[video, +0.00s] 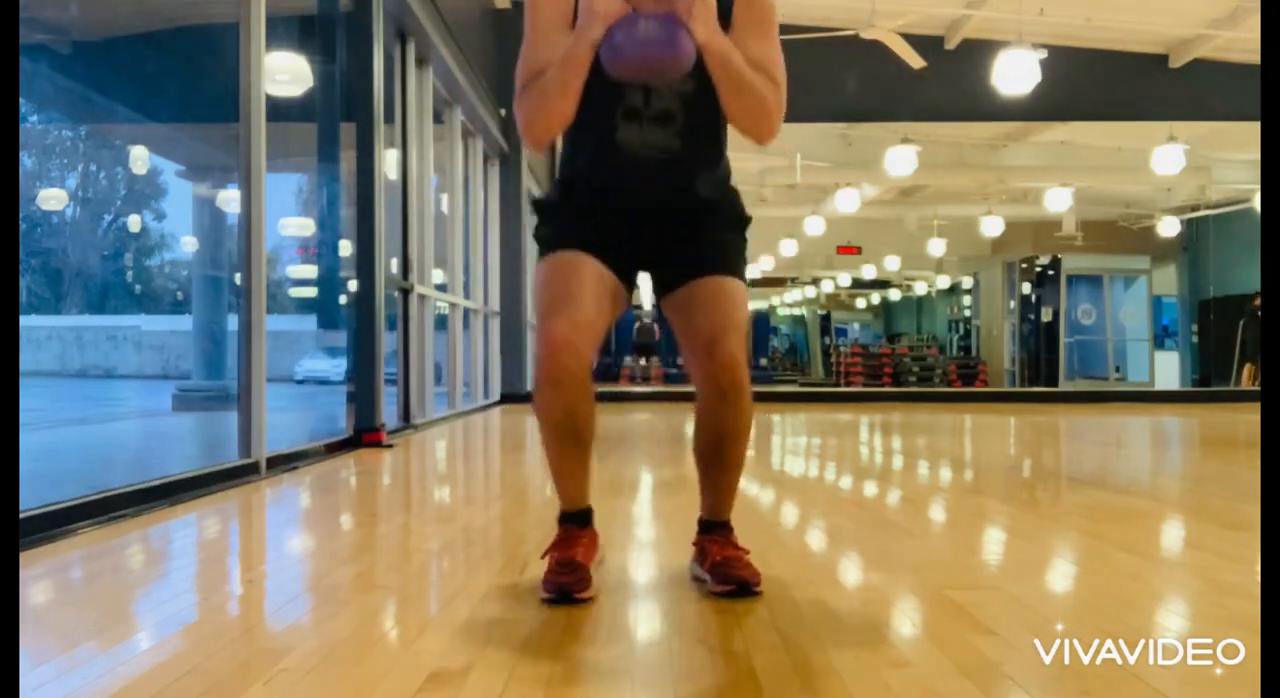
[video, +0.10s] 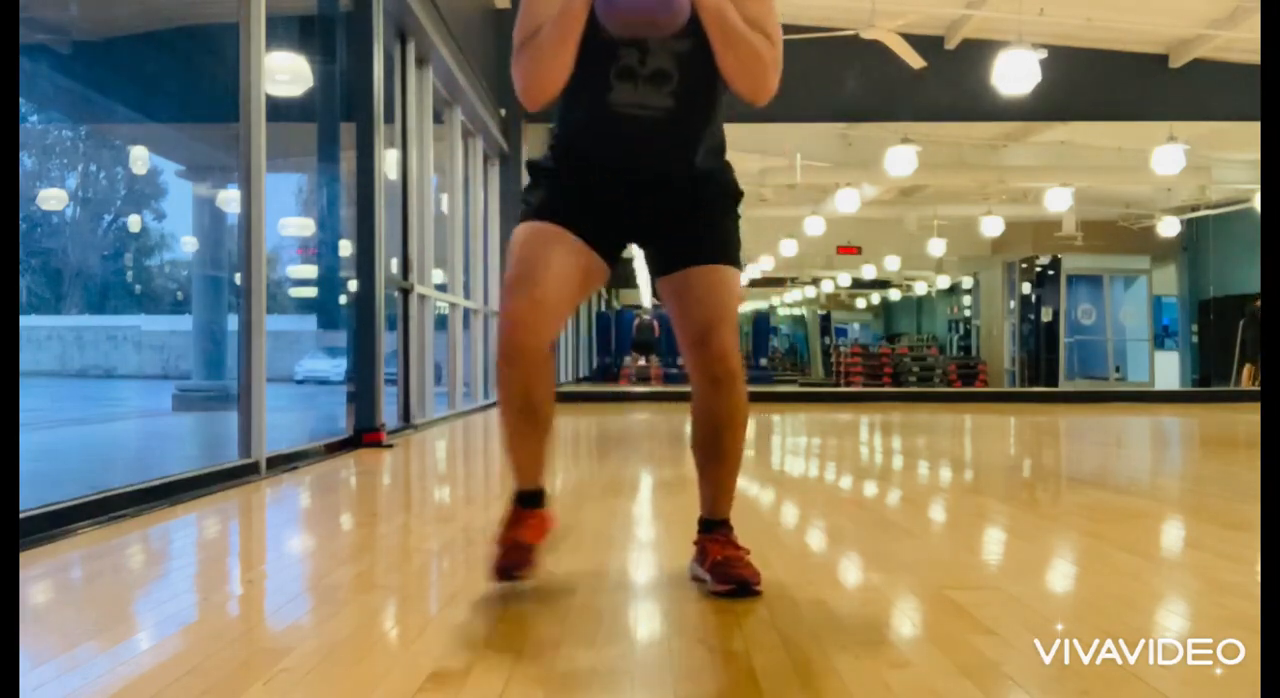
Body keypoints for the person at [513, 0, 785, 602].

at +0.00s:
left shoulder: (741, 5)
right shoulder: (558, 4)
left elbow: (764, 120)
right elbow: (536, 125)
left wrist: (707, 28)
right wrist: (590, 26)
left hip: (696, 208)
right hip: (591, 206)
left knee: (726, 366)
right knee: (559, 350)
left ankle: (716, 535)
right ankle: (574, 530)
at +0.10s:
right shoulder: (557, 0)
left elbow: (760, 84)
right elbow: (533, 89)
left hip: (690, 184)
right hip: (582, 177)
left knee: (718, 355)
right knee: (521, 320)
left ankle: (716, 534)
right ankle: (528, 502)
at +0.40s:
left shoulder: (681, 4)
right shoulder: (490, 2)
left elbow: (699, 82)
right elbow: (466, 79)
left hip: (619, 191)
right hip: (505, 183)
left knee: (672, 360)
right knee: (399, 332)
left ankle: (714, 537)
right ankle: (291, 507)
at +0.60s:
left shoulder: (578, 18)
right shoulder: (394, 5)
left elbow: (603, 148)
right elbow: (357, 128)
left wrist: (548, 49)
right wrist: (430, 43)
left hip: (518, 234)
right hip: (400, 229)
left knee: (603, 373)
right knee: (295, 373)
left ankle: (706, 535)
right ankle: (249, 544)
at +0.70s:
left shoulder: (535, 52)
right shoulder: (350, 29)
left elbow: (558, 187)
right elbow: (307, 164)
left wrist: (508, 101)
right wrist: (380, 82)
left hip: (476, 265)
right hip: (357, 258)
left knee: (580, 390)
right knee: (255, 382)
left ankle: (703, 536)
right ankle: (246, 545)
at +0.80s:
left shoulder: (502, 85)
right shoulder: (314, 68)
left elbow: (526, 223)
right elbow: (272, 203)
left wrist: (467, 134)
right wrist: (342, 124)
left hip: (451, 287)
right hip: (333, 281)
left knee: (561, 403)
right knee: (235, 383)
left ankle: (702, 536)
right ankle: (243, 546)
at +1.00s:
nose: (358, 37)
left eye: (379, 21)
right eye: (342, 19)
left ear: (410, 38)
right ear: (317, 28)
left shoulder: (452, 147)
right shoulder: (263, 132)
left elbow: (484, 287)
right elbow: (223, 274)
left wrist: (418, 213)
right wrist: (284, 208)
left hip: (414, 336)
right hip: (295, 331)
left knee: (537, 431)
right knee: (199, 393)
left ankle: (696, 536)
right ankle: (240, 544)